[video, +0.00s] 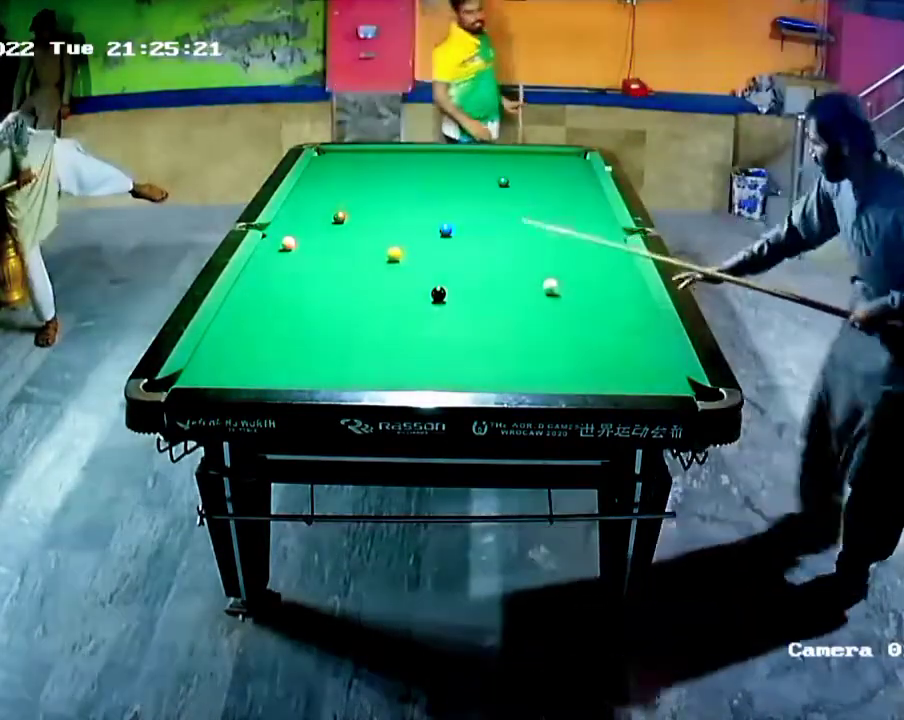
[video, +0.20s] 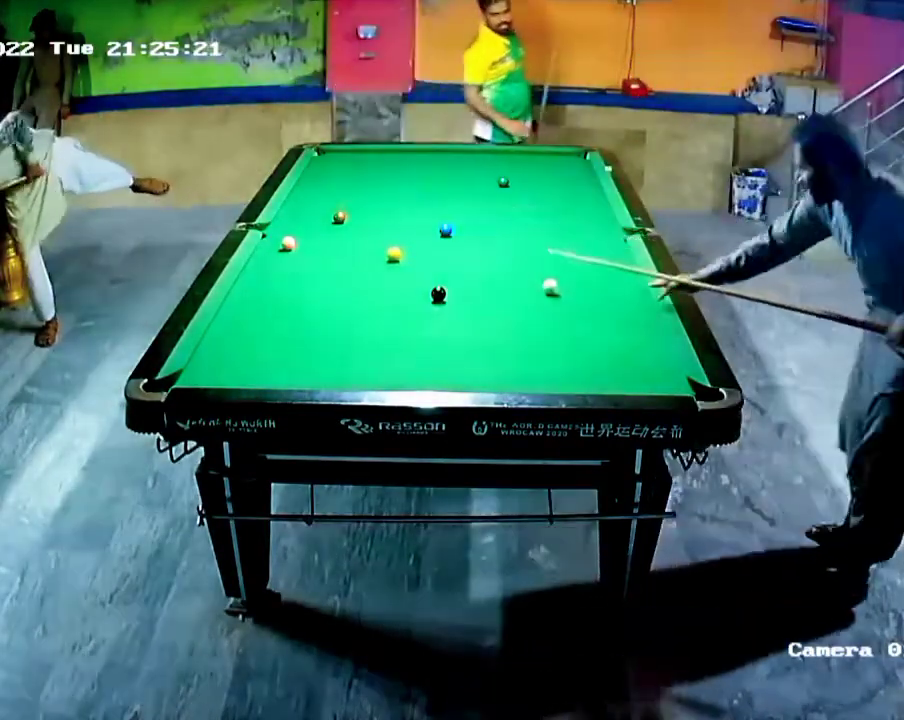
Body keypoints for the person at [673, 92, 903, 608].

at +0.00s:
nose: (812, 151)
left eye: (819, 140)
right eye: (811, 140)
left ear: (850, 140)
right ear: (824, 143)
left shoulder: (897, 197)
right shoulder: (833, 191)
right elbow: (790, 235)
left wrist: (887, 305)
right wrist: (725, 270)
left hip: (899, 345)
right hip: (857, 328)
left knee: (872, 465)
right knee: (824, 428)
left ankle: (855, 567)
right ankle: (818, 516)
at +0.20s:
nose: (801, 177)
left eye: (808, 165)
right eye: (799, 166)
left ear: (838, 163)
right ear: (815, 167)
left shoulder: (889, 213)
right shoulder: (828, 207)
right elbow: (773, 243)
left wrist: (902, 319)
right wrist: (702, 276)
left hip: (903, 339)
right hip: (879, 331)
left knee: (877, 445)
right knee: (853, 431)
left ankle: (858, 562)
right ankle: (859, 523)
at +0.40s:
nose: (783, 211)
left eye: (788, 199)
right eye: (780, 200)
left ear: (816, 192)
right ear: (803, 198)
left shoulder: (880, 234)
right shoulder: (813, 230)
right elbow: (751, 257)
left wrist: (894, 324)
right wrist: (681, 285)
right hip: (886, 339)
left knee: (878, 442)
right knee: (854, 423)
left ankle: (866, 545)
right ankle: (859, 527)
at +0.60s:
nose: (771, 237)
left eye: (775, 227)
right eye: (769, 228)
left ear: (802, 219)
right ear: (797, 219)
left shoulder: (879, 242)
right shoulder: (809, 245)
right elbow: (740, 268)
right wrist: (662, 289)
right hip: (884, 347)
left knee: (871, 453)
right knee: (843, 429)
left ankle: (864, 546)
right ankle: (853, 529)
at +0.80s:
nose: (771, 255)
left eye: (776, 246)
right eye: (768, 247)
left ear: (799, 235)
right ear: (780, 238)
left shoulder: (873, 240)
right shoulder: (803, 253)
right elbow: (735, 277)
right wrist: (659, 288)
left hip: (902, 365)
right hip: (881, 354)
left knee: (870, 458)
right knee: (837, 435)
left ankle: (864, 547)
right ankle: (849, 529)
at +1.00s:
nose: (764, 265)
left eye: (770, 256)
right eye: (762, 256)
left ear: (796, 246)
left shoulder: (869, 249)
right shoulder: (803, 267)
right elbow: (731, 283)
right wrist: (655, 289)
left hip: (901, 375)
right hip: (884, 364)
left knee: (868, 473)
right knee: (833, 449)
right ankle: (861, 537)